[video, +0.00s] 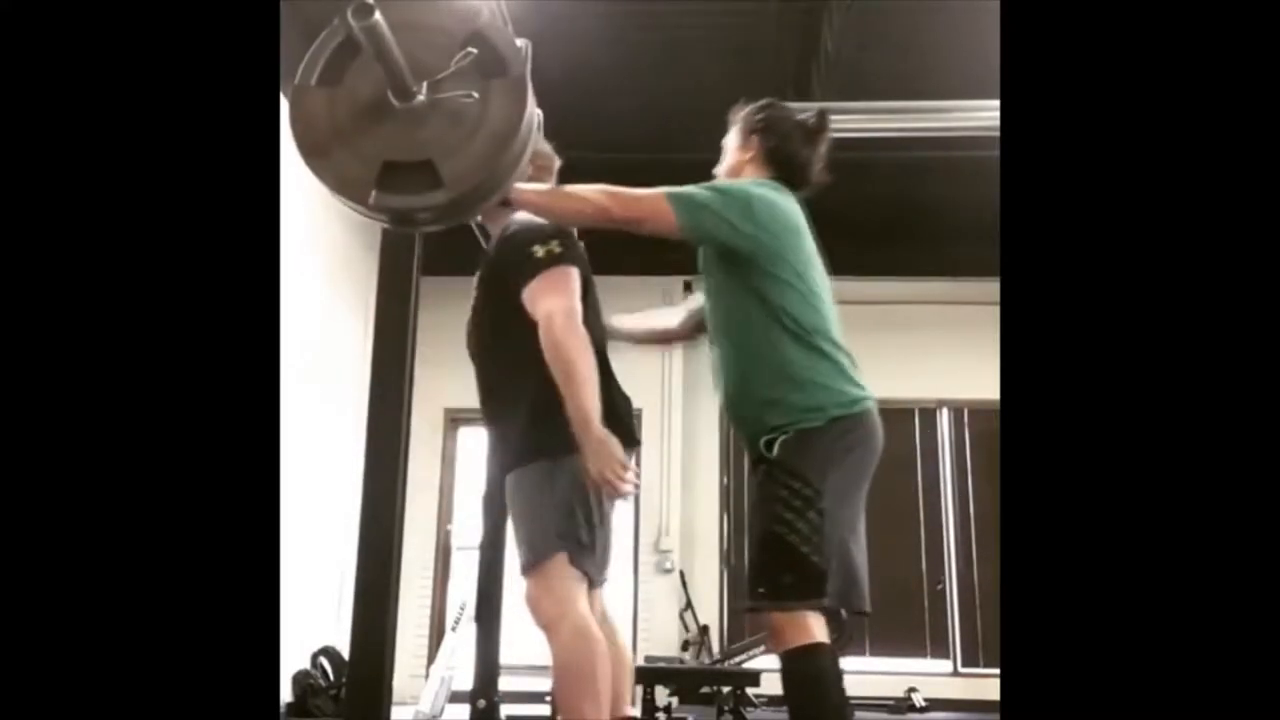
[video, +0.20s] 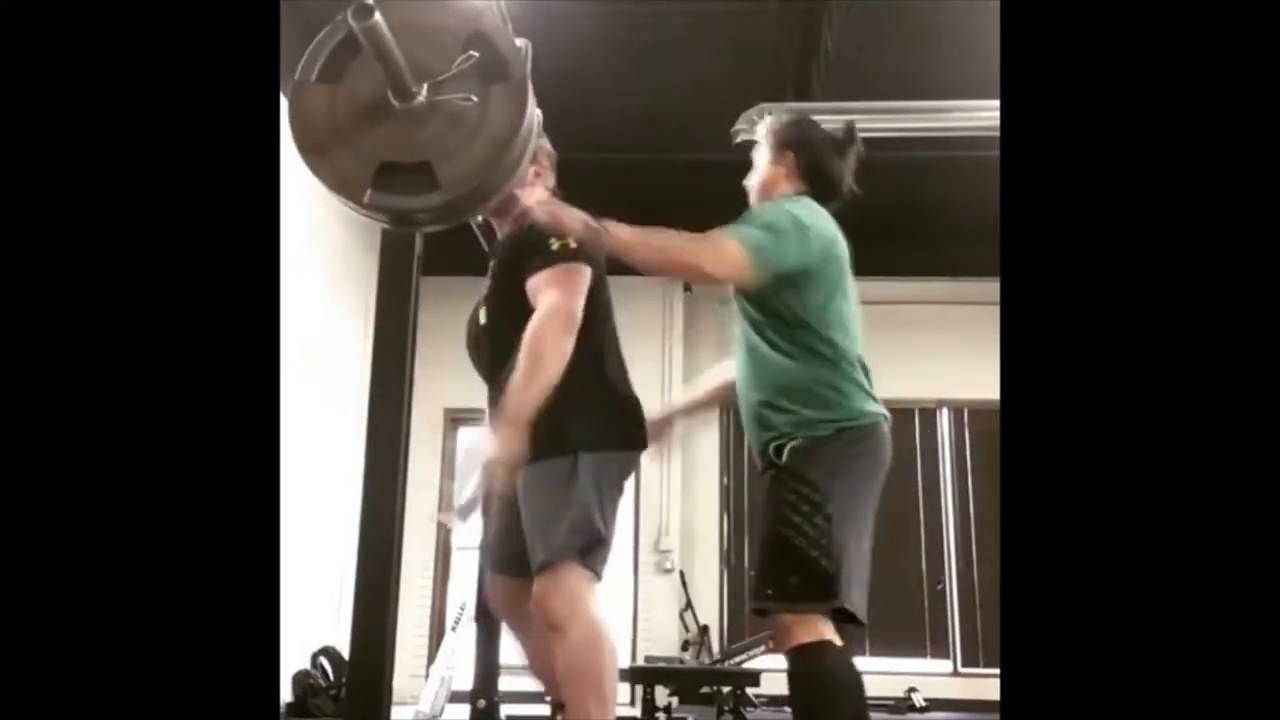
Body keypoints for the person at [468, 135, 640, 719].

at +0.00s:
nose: (486, 179)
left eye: (497, 163)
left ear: (509, 176)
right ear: (542, 171)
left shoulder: (533, 235)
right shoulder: (520, 244)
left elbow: (561, 319)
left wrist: (590, 432)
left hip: (551, 451)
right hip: (558, 450)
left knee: (555, 599)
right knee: (586, 605)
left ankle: (588, 713)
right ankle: (619, 711)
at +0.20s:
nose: (491, 187)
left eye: (505, 171)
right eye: (487, 173)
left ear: (538, 171)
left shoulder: (552, 229)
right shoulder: (512, 252)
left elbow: (560, 312)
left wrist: (513, 420)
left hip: (578, 433)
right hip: (530, 435)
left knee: (562, 595)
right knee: (508, 590)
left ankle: (596, 714)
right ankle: (576, 707)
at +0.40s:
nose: (510, 200)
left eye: (520, 184)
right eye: (497, 191)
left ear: (551, 173)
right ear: (483, 201)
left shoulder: (574, 238)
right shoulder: (506, 285)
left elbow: (575, 326)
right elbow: (500, 392)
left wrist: (472, 386)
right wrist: (429, 438)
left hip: (569, 451)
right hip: (516, 456)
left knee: (554, 603)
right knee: (520, 604)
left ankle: (590, 716)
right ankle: (564, 716)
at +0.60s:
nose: (521, 191)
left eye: (534, 177)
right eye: (509, 181)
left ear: (562, 187)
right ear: (493, 203)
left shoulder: (593, 246)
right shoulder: (500, 297)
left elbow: (606, 345)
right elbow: (478, 385)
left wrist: (530, 419)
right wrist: (425, 438)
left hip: (574, 452)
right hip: (514, 453)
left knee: (550, 598)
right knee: (532, 605)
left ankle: (584, 714)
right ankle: (568, 714)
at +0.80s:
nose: (551, 186)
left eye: (562, 174)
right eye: (536, 176)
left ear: (583, 187)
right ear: (515, 193)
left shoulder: (624, 250)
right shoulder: (507, 291)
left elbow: (662, 348)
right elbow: (478, 391)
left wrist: (665, 455)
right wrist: (452, 483)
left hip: (592, 449)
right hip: (516, 458)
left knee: (572, 581)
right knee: (543, 609)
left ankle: (615, 715)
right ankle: (573, 716)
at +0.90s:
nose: (577, 178)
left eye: (585, 165)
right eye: (561, 167)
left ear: (600, 175)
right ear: (531, 183)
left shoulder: (639, 245)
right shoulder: (515, 283)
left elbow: (694, 337)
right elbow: (492, 384)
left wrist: (725, 441)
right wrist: (485, 480)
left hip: (607, 448)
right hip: (527, 457)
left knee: (600, 582)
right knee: (550, 609)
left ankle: (643, 713)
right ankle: (576, 716)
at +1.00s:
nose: (604, 170)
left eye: (609, 158)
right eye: (587, 160)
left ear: (621, 166)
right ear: (548, 175)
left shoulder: (659, 241)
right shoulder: (523, 270)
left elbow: (718, 327)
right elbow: (501, 375)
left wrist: (755, 430)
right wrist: (503, 474)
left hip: (625, 452)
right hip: (539, 461)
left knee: (636, 589)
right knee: (558, 611)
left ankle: (660, 715)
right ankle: (574, 717)